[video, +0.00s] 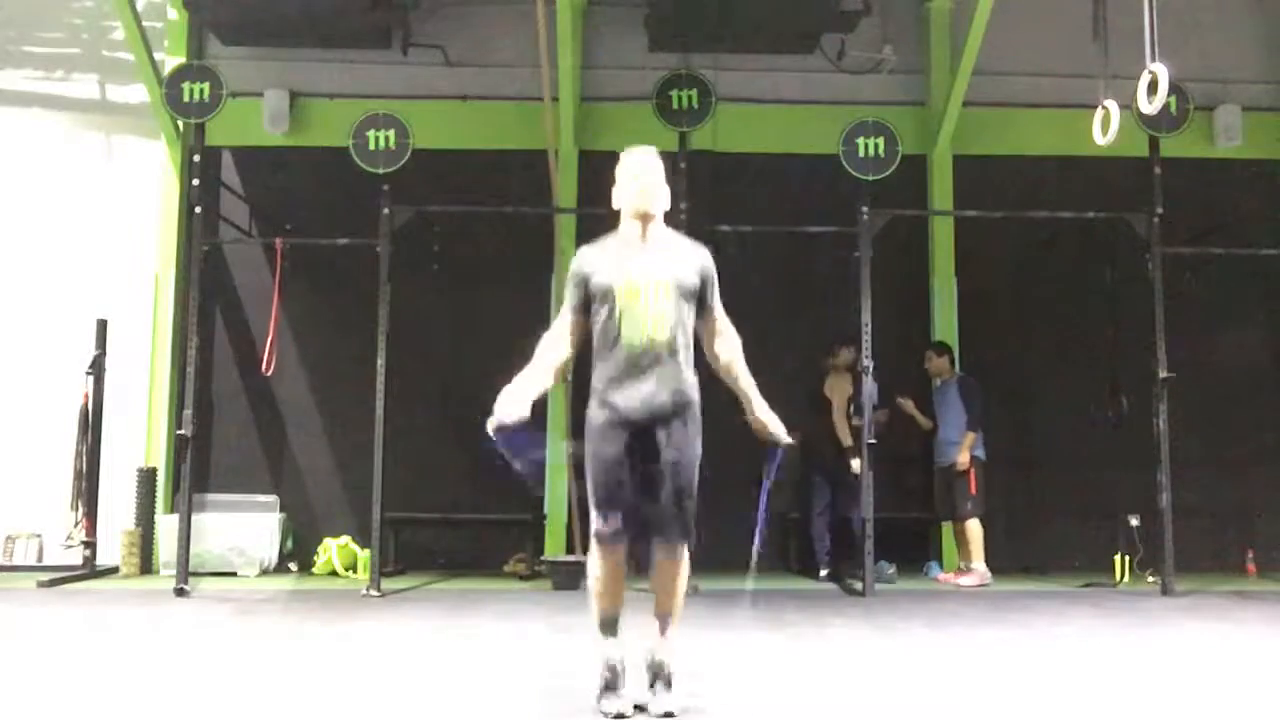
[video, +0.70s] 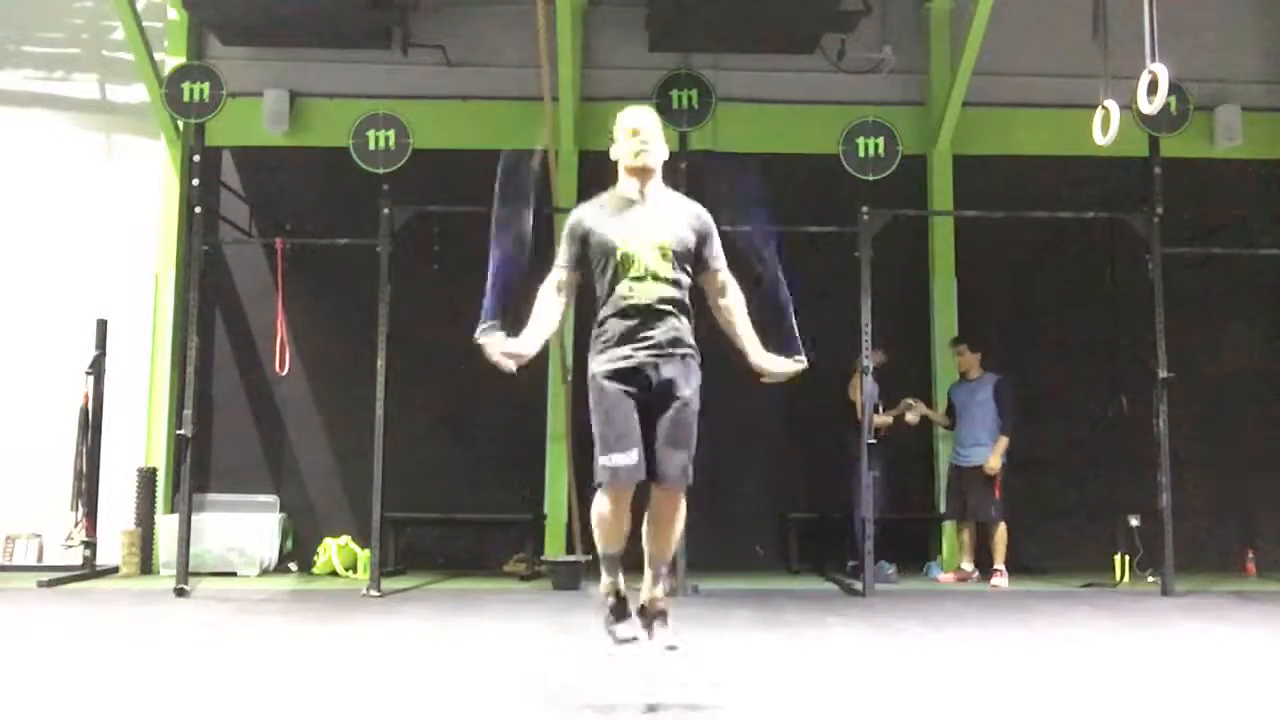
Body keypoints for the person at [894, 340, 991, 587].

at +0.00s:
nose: (927, 365)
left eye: (930, 359)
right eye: (926, 360)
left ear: (945, 359)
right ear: (937, 363)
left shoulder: (965, 384)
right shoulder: (936, 392)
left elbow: (976, 419)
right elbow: (932, 427)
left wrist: (965, 450)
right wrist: (914, 412)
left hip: (965, 456)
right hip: (943, 459)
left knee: (968, 514)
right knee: (954, 516)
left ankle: (979, 567)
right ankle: (964, 566)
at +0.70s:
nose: (957, 360)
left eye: (961, 354)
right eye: (956, 355)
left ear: (977, 355)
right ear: (957, 358)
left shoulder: (997, 384)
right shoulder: (955, 389)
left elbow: (1007, 424)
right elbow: (950, 423)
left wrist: (996, 456)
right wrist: (925, 411)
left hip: (987, 461)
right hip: (960, 463)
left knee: (994, 517)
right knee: (963, 517)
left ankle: (999, 568)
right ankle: (966, 567)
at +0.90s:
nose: (959, 361)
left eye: (963, 355)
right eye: (958, 356)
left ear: (980, 355)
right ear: (962, 357)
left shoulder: (1003, 384)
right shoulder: (961, 389)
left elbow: (1019, 423)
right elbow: (955, 423)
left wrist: (1018, 457)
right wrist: (924, 412)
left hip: (994, 460)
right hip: (964, 461)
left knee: (996, 517)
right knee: (962, 515)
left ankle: (999, 569)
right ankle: (968, 567)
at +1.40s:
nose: (945, 364)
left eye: (948, 358)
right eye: (944, 358)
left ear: (963, 357)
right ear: (953, 359)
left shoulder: (990, 384)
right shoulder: (950, 389)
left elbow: (999, 425)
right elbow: (945, 423)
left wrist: (983, 459)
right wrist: (915, 440)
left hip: (985, 462)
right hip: (956, 463)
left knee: (992, 517)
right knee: (953, 518)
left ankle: (998, 568)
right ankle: (954, 573)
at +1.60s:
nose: (928, 361)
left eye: (931, 355)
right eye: (928, 355)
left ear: (946, 355)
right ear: (940, 356)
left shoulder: (974, 381)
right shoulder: (934, 387)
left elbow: (987, 418)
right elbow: (931, 424)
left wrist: (965, 446)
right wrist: (915, 455)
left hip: (970, 459)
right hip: (939, 461)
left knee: (978, 515)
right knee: (945, 517)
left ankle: (996, 564)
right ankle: (952, 573)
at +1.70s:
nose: (920, 361)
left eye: (924, 355)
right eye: (920, 356)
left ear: (939, 355)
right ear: (934, 357)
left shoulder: (967, 381)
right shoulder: (924, 387)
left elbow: (982, 417)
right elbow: (921, 424)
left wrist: (957, 443)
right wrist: (912, 458)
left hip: (960, 459)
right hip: (931, 460)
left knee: (968, 514)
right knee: (940, 518)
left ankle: (993, 560)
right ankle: (952, 572)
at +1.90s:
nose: (905, 361)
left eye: (909, 355)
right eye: (904, 356)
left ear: (924, 353)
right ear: (911, 358)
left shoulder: (951, 380)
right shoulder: (910, 387)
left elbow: (967, 418)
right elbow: (907, 423)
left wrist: (955, 450)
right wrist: (895, 451)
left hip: (943, 458)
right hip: (920, 459)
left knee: (936, 513)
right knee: (928, 515)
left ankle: (960, 562)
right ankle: (947, 571)